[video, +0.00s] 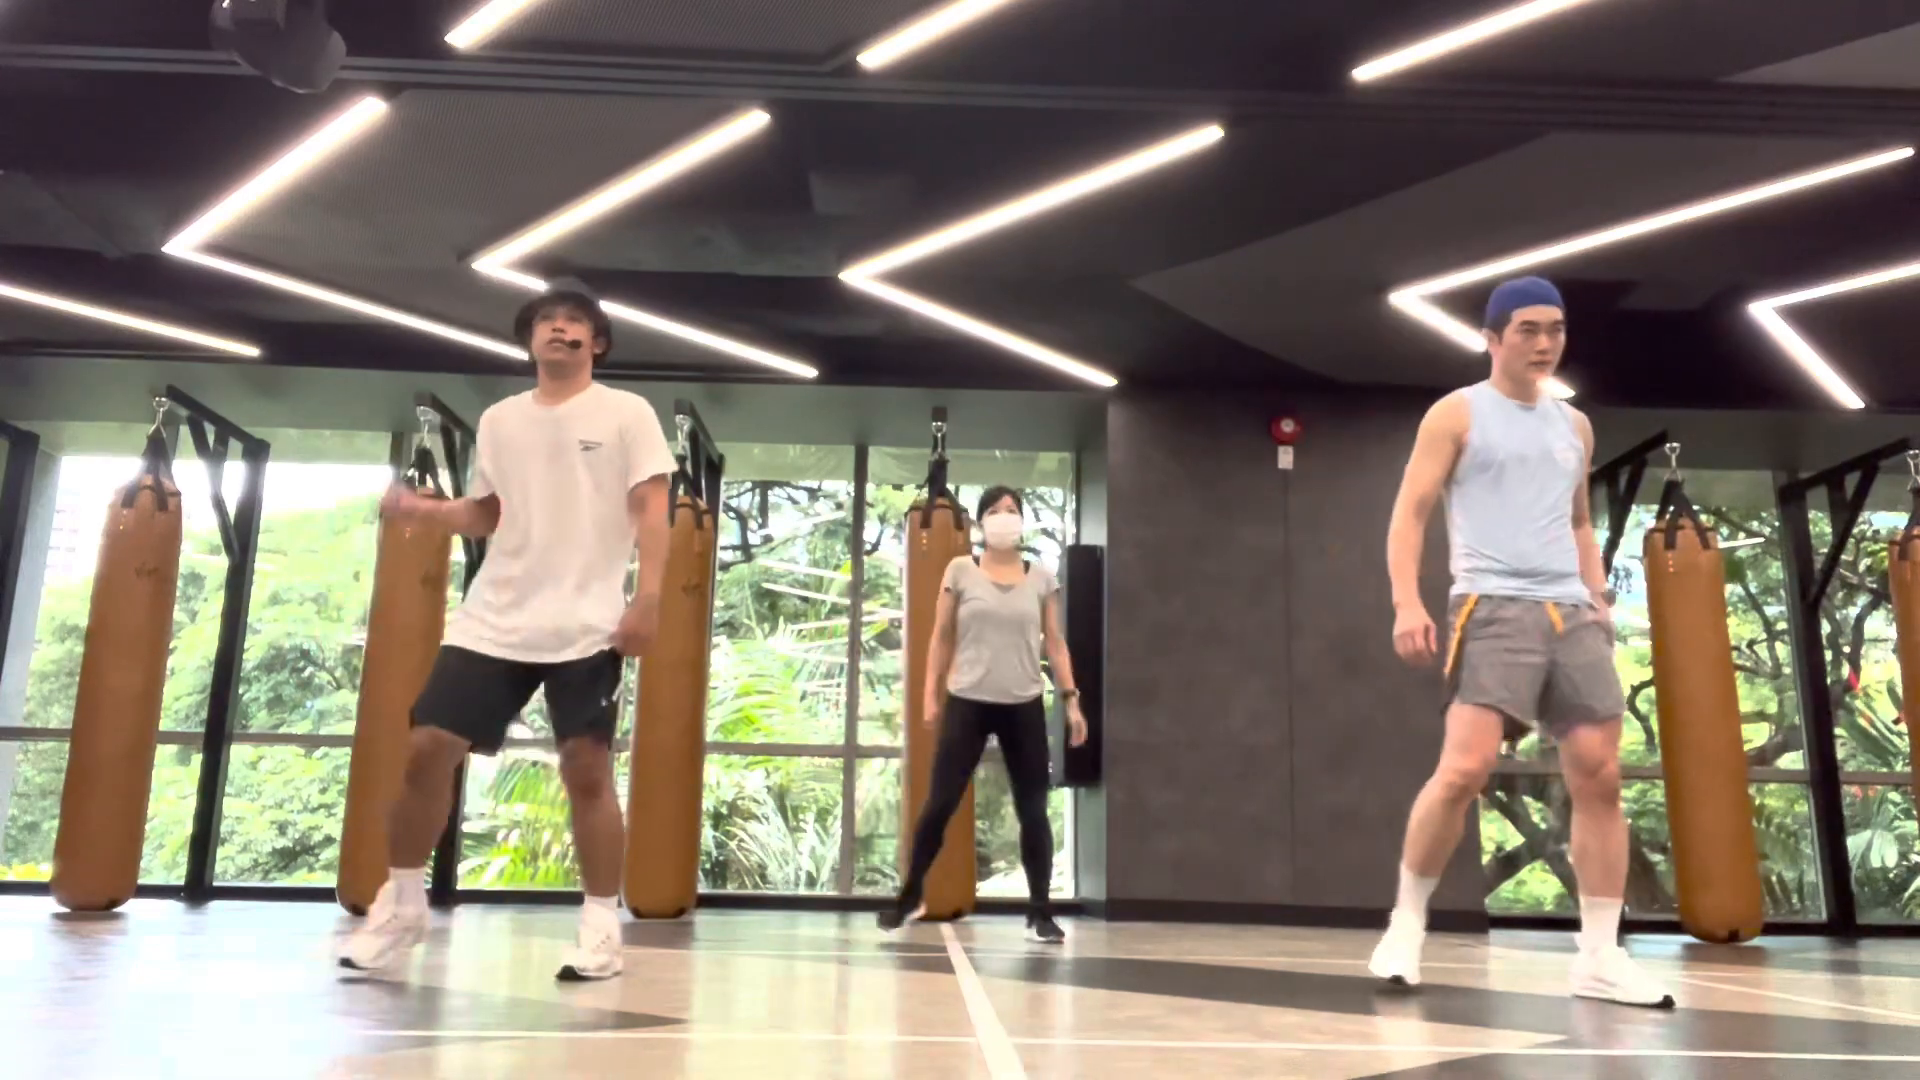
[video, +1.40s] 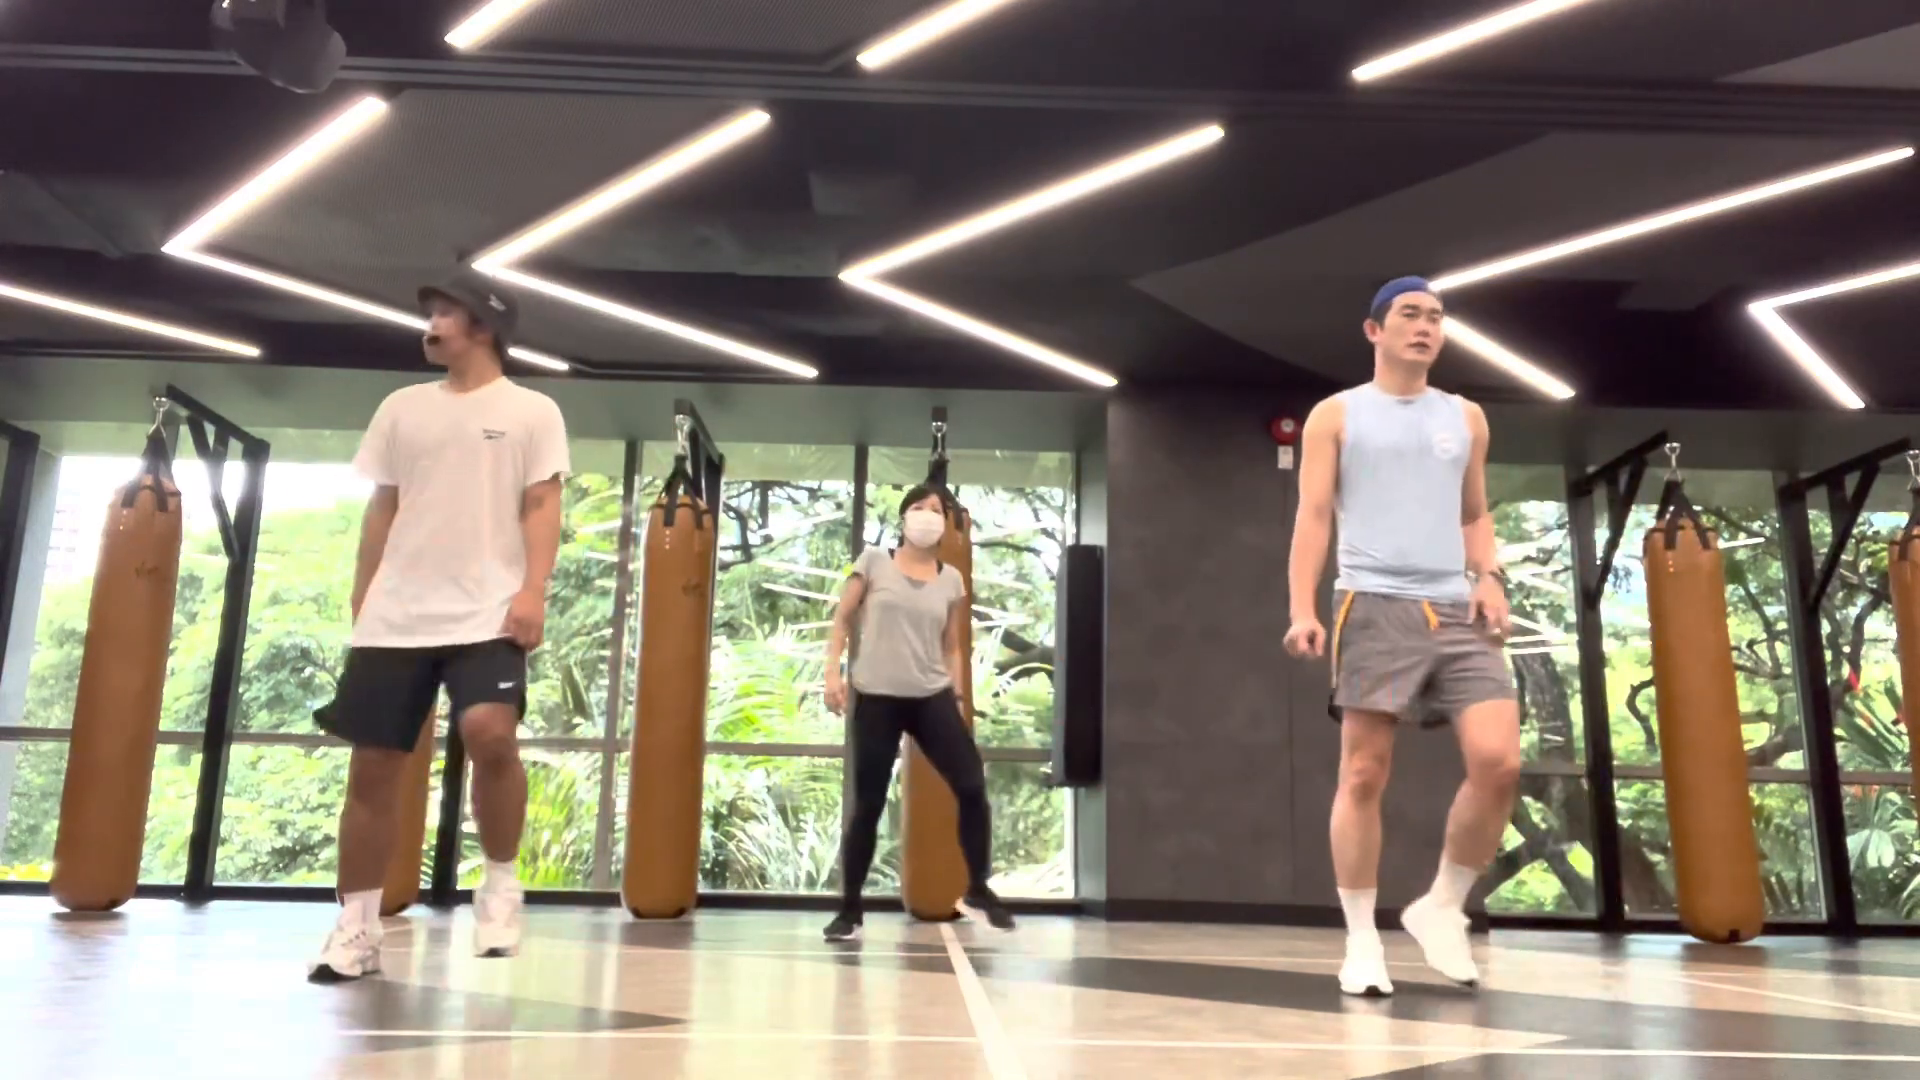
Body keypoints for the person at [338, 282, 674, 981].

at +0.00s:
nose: (561, 327)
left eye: (575, 318)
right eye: (548, 317)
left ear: (596, 341)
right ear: (528, 338)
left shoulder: (628, 414)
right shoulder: (498, 420)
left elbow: (653, 512)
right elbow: (488, 513)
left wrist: (645, 602)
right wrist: (430, 510)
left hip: (585, 620)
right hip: (495, 616)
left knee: (586, 769)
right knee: (428, 747)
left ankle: (601, 929)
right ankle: (403, 907)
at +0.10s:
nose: (573, 323)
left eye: (587, 315)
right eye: (563, 314)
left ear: (610, 336)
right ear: (542, 335)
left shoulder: (639, 411)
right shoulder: (513, 416)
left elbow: (665, 506)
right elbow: (486, 508)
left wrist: (659, 597)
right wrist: (444, 451)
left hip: (597, 615)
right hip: (509, 610)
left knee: (590, 768)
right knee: (451, 739)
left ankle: (601, 932)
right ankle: (465, 895)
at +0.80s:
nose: (473, 339)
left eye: (487, 329)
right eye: (473, 329)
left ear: (524, 341)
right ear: (478, 343)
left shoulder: (565, 420)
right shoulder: (439, 423)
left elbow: (585, 518)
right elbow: (382, 479)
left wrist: (584, 601)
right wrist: (392, 387)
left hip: (521, 630)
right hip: (428, 630)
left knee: (552, 776)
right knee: (387, 768)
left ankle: (597, 928)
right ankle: (358, 930)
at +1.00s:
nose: (425, 333)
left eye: (438, 322)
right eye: (429, 321)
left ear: (475, 331)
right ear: (449, 332)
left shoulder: (530, 412)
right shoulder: (403, 411)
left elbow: (541, 508)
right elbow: (348, 484)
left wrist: (528, 595)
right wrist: (333, 399)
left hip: (482, 618)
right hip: (392, 619)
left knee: (485, 748)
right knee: (371, 768)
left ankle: (544, 905)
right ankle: (357, 930)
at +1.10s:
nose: (421, 331)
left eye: (435, 320)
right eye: (424, 319)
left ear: (472, 331)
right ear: (443, 331)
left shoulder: (525, 411)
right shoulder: (397, 409)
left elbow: (534, 509)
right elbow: (342, 487)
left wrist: (517, 595)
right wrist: (300, 459)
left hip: (472, 614)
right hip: (384, 614)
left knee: (453, 748)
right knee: (372, 769)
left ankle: (474, 910)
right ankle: (357, 930)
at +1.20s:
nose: (419, 336)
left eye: (432, 325)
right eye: (422, 324)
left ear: (469, 334)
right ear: (447, 335)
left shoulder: (524, 416)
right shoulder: (394, 415)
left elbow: (534, 512)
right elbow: (340, 491)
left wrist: (513, 598)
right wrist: (276, 543)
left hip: (467, 622)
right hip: (378, 619)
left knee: (435, 759)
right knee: (366, 768)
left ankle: (423, 924)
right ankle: (357, 928)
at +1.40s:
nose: (430, 324)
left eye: (444, 312)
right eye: (430, 313)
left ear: (484, 325)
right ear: (442, 327)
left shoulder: (534, 411)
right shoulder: (401, 408)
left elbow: (543, 507)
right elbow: (382, 513)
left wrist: (534, 590)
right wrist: (363, 607)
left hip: (488, 613)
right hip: (396, 613)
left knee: (490, 735)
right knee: (370, 770)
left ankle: (499, 884)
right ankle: (356, 929)